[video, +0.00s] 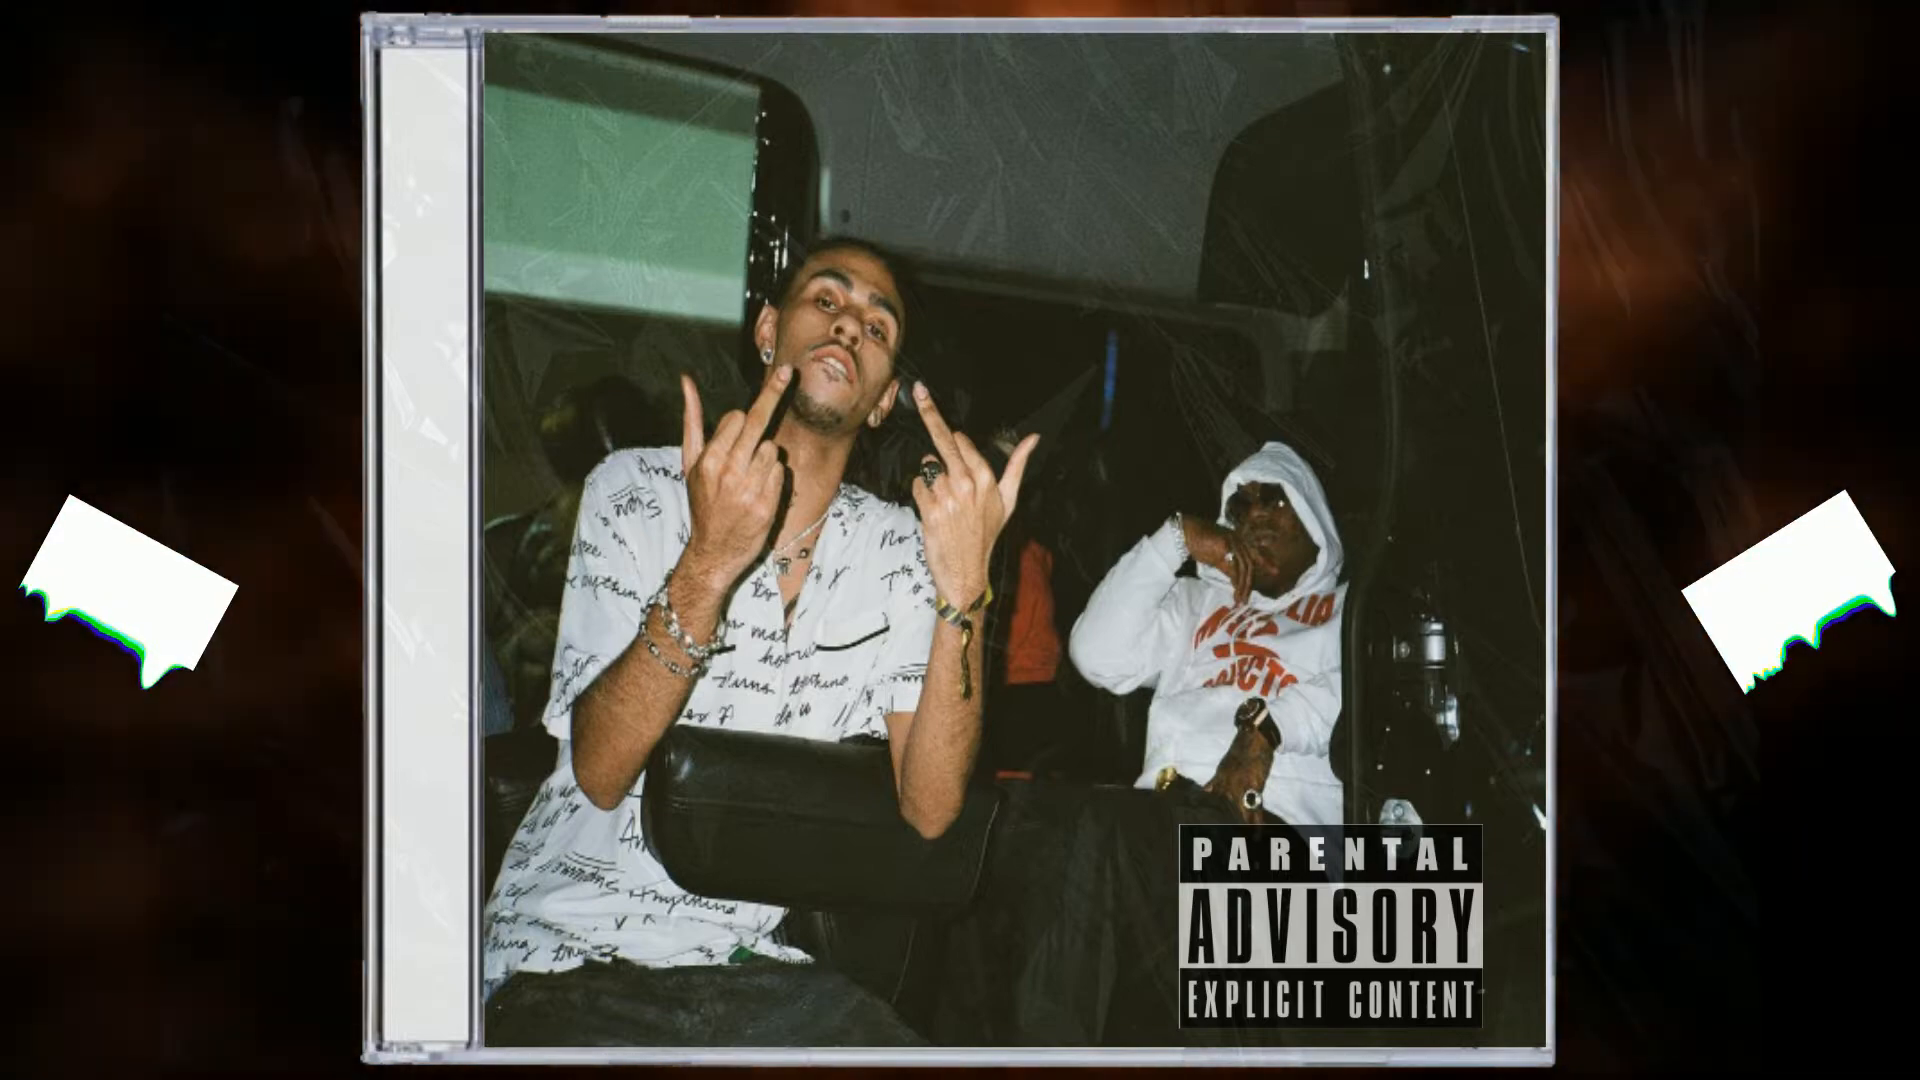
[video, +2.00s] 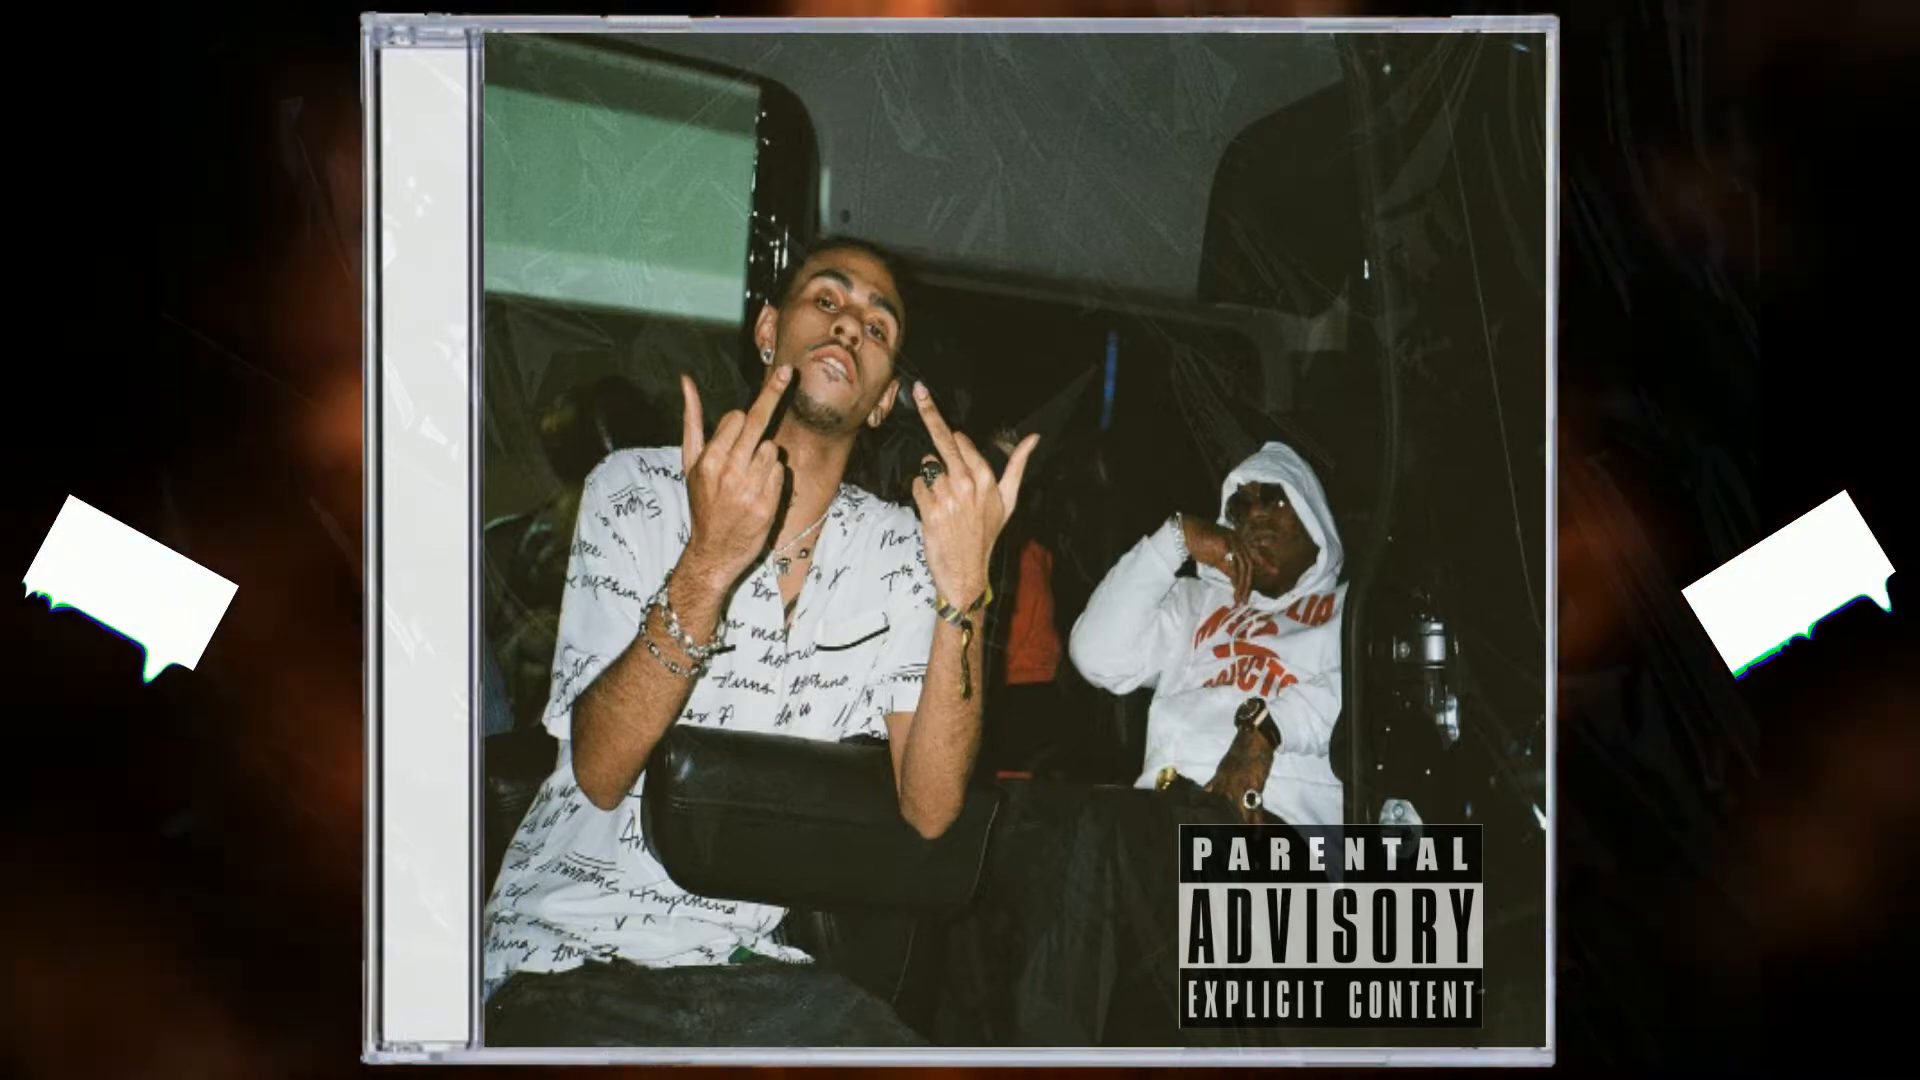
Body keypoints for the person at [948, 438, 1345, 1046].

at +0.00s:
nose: (1258, 519)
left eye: (1278, 502)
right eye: (1244, 504)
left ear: (1317, 524)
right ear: (1227, 524)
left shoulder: (1350, 610)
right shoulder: (1195, 601)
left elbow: (1351, 707)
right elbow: (1099, 657)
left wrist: (1261, 725)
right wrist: (1178, 538)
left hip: (1286, 821)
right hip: (1165, 810)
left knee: (1100, 822)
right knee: (1028, 811)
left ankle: (1049, 1054)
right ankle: (966, 1049)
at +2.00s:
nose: (1257, 522)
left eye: (1277, 505)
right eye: (1243, 507)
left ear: (1318, 526)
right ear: (1226, 526)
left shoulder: (1350, 607)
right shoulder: (1196, 601)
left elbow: (1355, 698)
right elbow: (1099, 658)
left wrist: (1266, 727)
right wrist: (1177, 538)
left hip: (1284, 818)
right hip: (1163, 809)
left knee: (1099, 822)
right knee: (1028, 810)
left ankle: (1049, 1053)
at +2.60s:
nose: (1259, 518)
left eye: (1279, 502)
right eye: (1246, 503)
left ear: (1317, 523)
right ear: (1227, 523)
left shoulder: (1351, 609)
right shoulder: (1196, 601)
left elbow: (1352, 708)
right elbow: (1099, 658)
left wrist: (1264, 723)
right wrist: (1176, 539)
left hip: (1284, 819)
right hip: (1165, 807)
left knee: (1104, 823)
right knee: (1027, 811)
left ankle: (1052, 1053)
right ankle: (968, 1048)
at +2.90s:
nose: (1259, 518)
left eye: (1278, 501)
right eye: (1245, 503)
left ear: (1318, 521)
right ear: (1228, 523)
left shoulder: (1352, 608)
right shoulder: (1197, 600)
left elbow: (1357, 704)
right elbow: (1100, 658)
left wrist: (1267, 725)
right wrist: (1176, 539)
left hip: (1284, 816)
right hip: (1165, 807)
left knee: (1103, 824)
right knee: (1028, 811)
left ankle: (1052, 1053)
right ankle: (967, 1048)